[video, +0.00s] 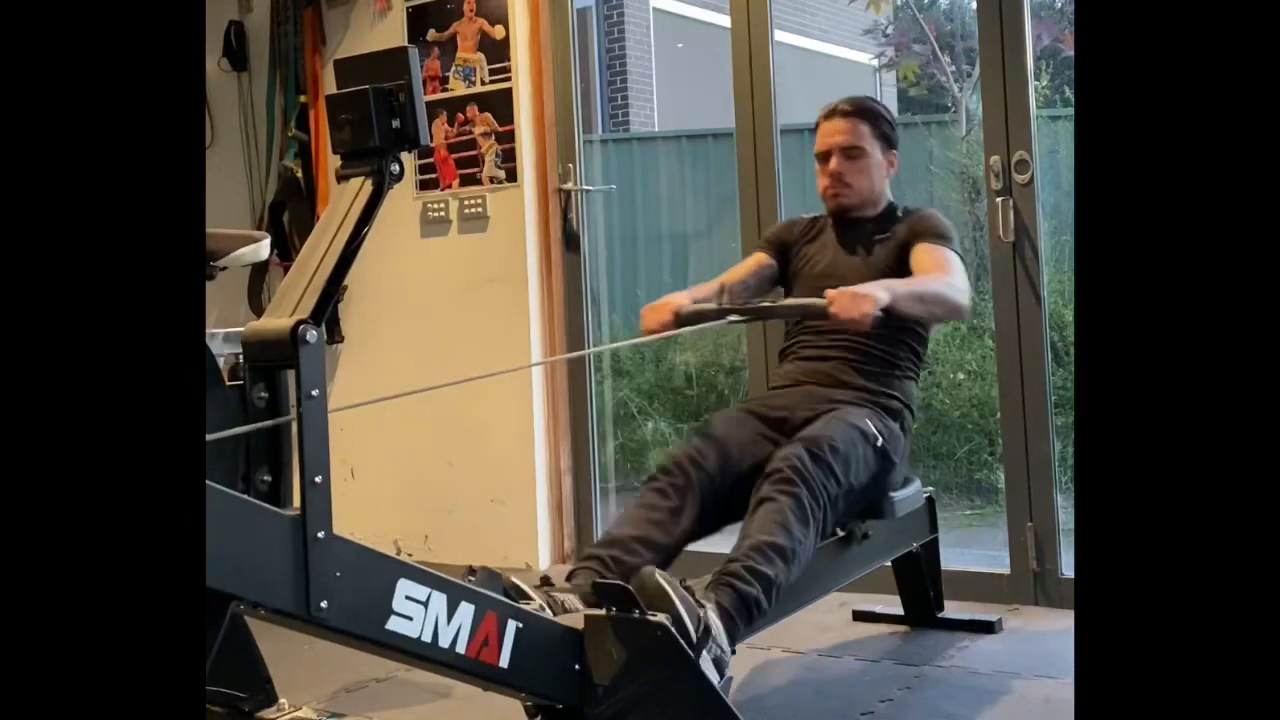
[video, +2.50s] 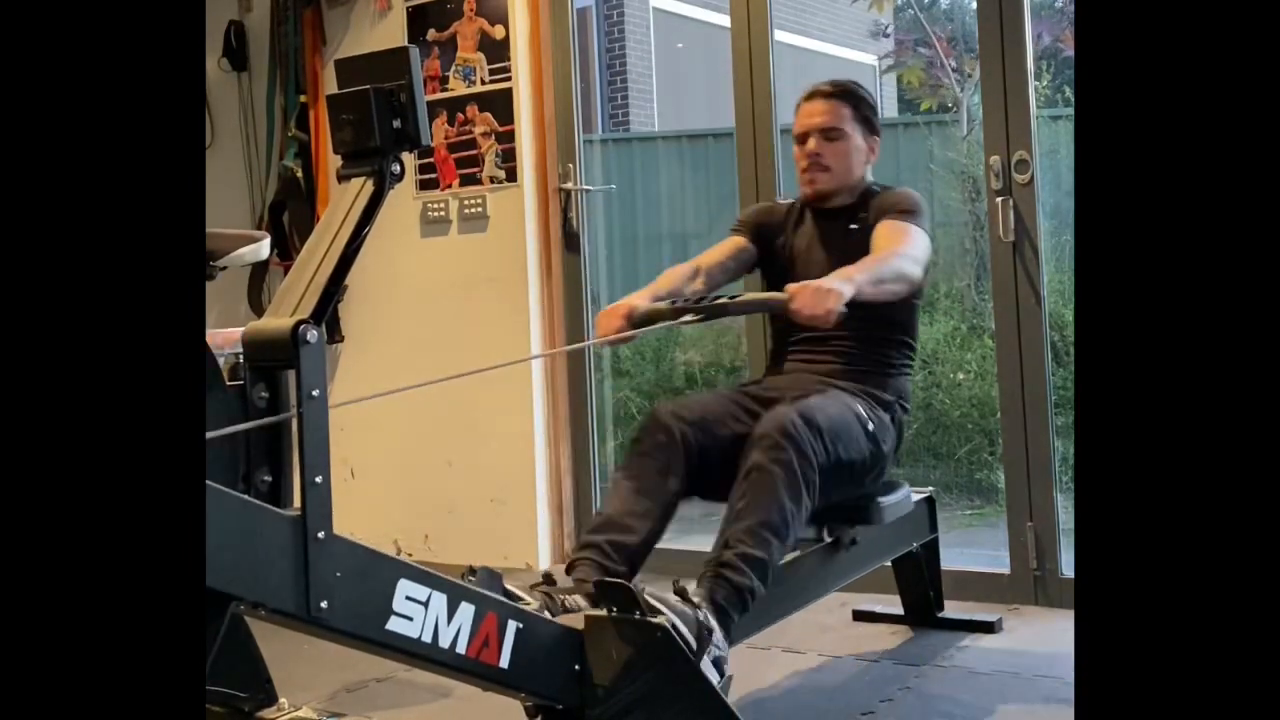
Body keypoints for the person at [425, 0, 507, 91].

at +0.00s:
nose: (471, 9)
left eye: (473, 6)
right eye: (468, 6)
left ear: (476, 8)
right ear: (463, 8)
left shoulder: (480, 22)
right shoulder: (457, 25)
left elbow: (493, 33)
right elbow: (445, 36)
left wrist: (498, 32)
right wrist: (435, 36)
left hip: (474, 60)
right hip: (460, 59)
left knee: (474, 89)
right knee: (458, 89)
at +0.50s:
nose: (471, 9)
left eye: (473, 7)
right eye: (468, 8)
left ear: (475, 8)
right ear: (463, 8)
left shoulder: (480, 22)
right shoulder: (458, 25)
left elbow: (493, 34)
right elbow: (445, 36)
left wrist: (498, 32)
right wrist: (435, 36)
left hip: (474, 60)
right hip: (460, 59)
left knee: (474, 89)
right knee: (458, 89)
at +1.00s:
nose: (471, 7)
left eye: (473, 5)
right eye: (468, 5)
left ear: (476, 8)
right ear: (463, 8)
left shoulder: (480, 22)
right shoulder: (457, 25)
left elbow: (493, 34)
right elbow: (445, 36)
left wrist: (498, 32)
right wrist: (435, 36)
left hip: (474, 60)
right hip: (460, 59)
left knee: (474, 89)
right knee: (459, 90)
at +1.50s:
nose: (471, 7)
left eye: (473, 4)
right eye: (469, 4)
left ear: (476, 7)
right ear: (463, 8)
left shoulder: (480, 22)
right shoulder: (457, 25)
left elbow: (493, 34)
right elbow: (445, 36)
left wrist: (498, 32)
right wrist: (435, 36)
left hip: (474, 60)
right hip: (460, 59)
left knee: (474, 89)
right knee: (459, 90)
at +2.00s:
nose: (471, 7)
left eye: (473, 5)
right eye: (469, 4)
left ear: (476, 8)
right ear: (463, 8)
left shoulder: (480, 22)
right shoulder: (457, 25)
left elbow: (493, 34)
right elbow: (445, 36)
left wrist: (498, 32)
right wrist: (435, 36)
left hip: (474, 60)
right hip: (460, 59)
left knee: (474, 89)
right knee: (458, 89)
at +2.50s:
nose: (471, 7)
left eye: (473, 4)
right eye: (468, 4)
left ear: (476, 7)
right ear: (463, 7)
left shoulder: (480, 22)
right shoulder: (457, 24)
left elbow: (493, 34)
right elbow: (445, 36)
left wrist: (498, 32)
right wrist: (435, 36)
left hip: (474, 60)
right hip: (460, 59)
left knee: (474, 89)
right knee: (458, 89)